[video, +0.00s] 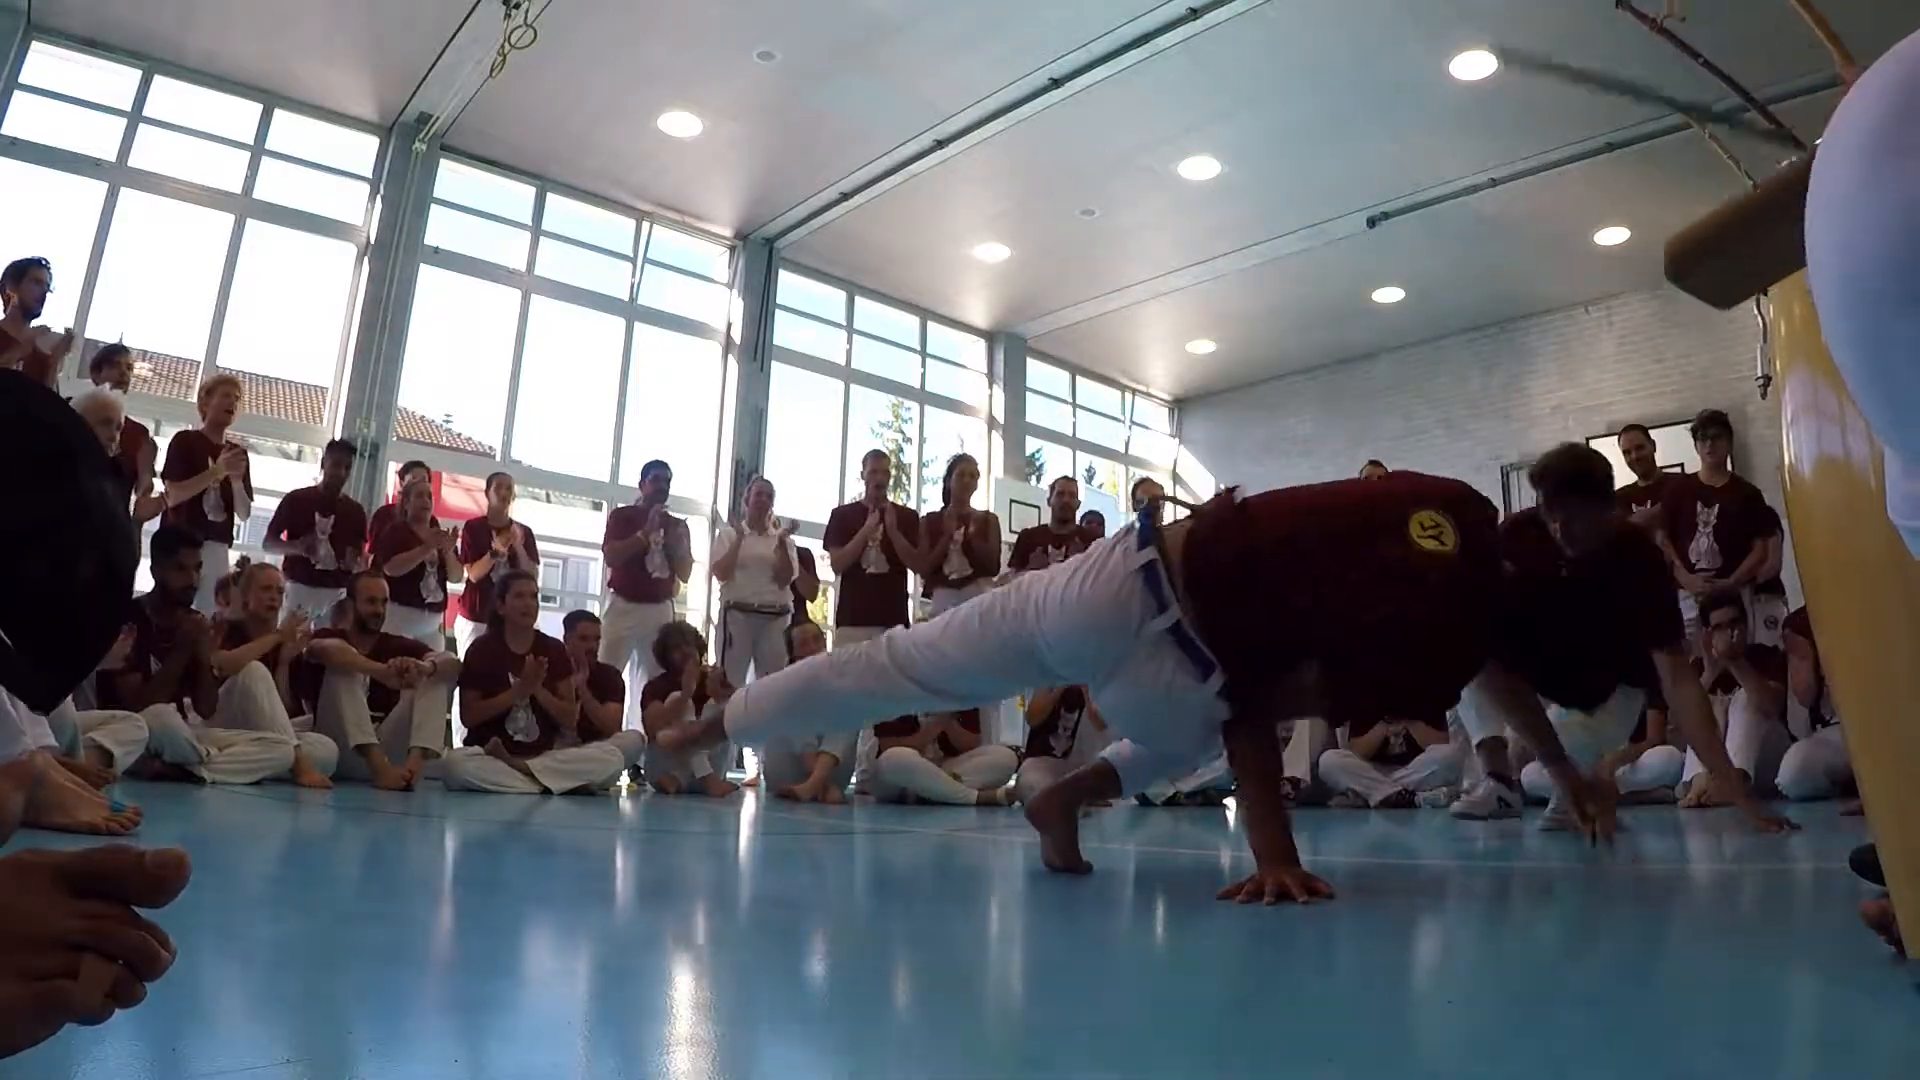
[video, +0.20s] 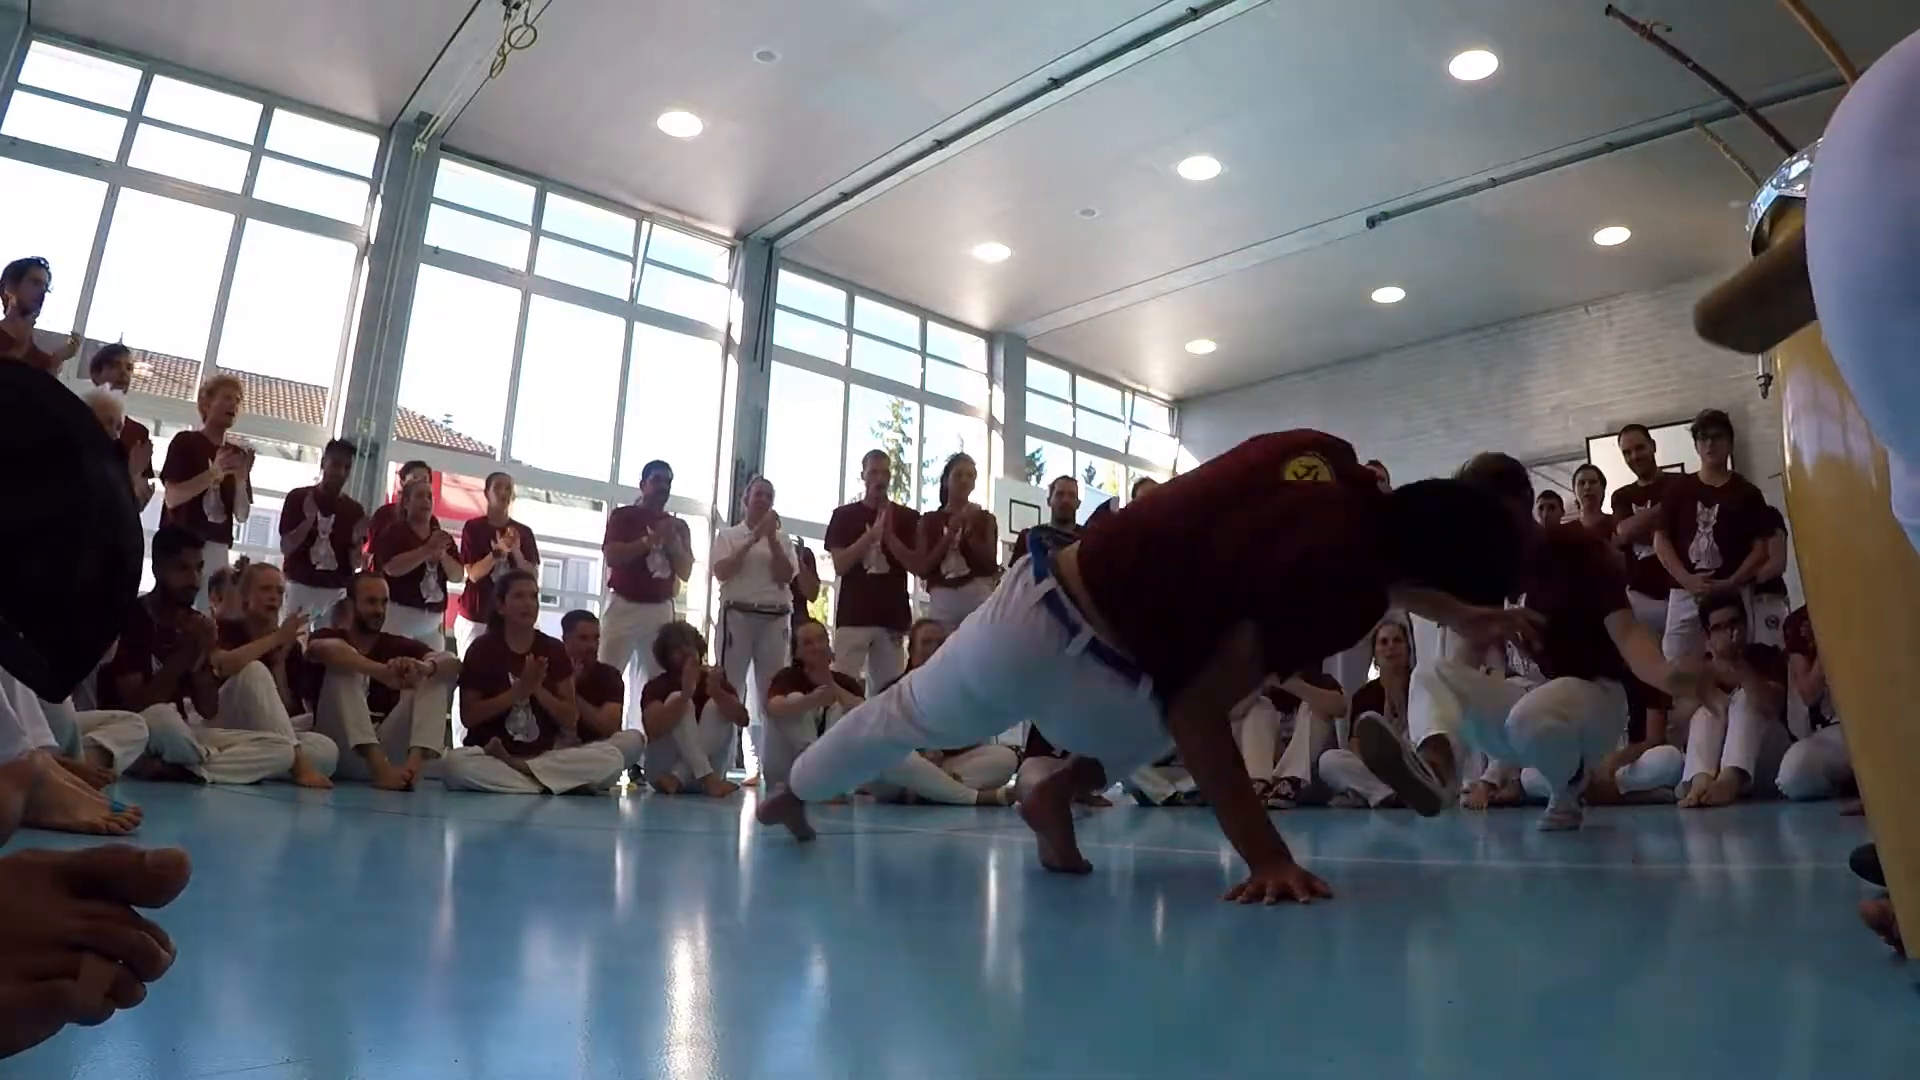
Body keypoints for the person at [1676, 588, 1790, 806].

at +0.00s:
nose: (1730, 633)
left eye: (1735, 624)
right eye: (1720, 627)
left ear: (1746, 624)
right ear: (1708, 634)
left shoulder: (1768, 656)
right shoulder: (1698, 667)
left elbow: (1773, 707)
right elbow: (1680, 717)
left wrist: (1734, 661)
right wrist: (1709, 673)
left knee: (1746, 698)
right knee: (1701, 703)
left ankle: (1737, 781)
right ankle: (1699, 780)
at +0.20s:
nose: (1730, 633)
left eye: (1735, 624)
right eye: (1720, 628)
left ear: (1745, 625)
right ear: (1708, 637)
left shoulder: (1767, 656)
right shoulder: (1700, 668)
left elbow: (1774, 707)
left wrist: (1740, 669)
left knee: (1745, 696)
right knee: (1706, 709)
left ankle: (1730, 778)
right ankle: (1700, 781)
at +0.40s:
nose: (1729, 634)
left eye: (1735, 624)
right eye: (1719, 628)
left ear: (1745, 624)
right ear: (1707, 634)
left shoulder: (1768, 656)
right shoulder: (1700, 666)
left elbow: (1773, 707)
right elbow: (1676, 723)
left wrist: (1735, 663)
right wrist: (1709, 674)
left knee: (1745, 697)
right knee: (1708, 704)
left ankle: (1729, 780)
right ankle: (1700, 781)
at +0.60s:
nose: (1728, 634)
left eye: (1734, 625)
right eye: (1719, 629)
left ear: (1745, 625)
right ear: (1707, 635)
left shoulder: (1768, 656)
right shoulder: (1699, 665)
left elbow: (1774, 706)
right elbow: (1678, 716)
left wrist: (1737, 664)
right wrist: (1712, 673)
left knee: (1745, 697)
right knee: (1708, 704)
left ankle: (1730, 778)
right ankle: (1700, 781)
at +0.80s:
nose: (1729, 633)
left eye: (1734, 624)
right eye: (1719, 629)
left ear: (1744, 625)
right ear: (1707, 635)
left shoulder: (1768, 655)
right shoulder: (1699, 665)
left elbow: (1774, 706)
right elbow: (1679, 716)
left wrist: (1737, 664)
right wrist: (1713, 673)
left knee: (1745, 697)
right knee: (1708, 704)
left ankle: (1730, 778)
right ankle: (1700, 781)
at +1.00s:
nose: (1728, 634)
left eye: (1733, 625)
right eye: (1719, 629)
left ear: (1744, 626)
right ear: (1707, 636)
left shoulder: (1768, 656)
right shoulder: (1699, 665)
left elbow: (1774, 706)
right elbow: (1679, 716)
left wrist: (1736, 664)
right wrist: (1711, 673)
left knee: (1745, 696)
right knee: (1707, 705)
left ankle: (1730, 778)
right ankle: (1700, 781)